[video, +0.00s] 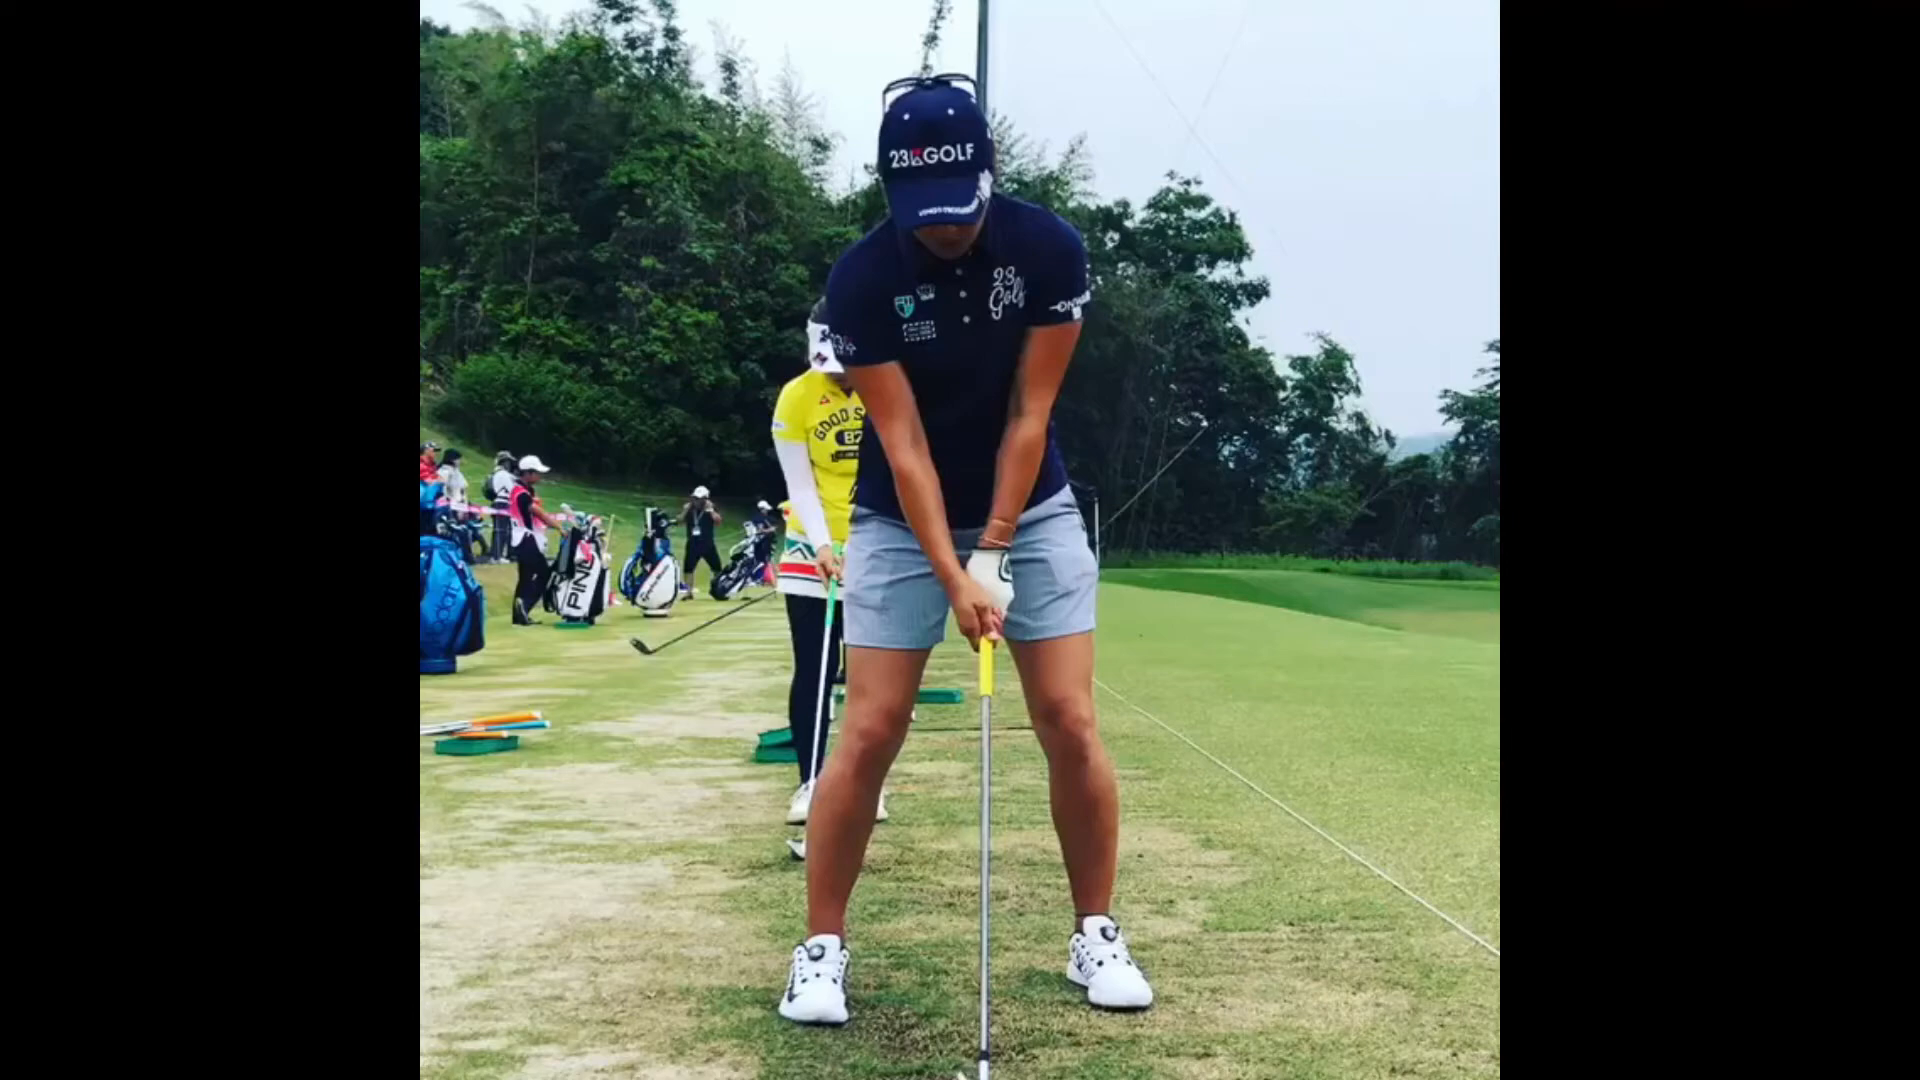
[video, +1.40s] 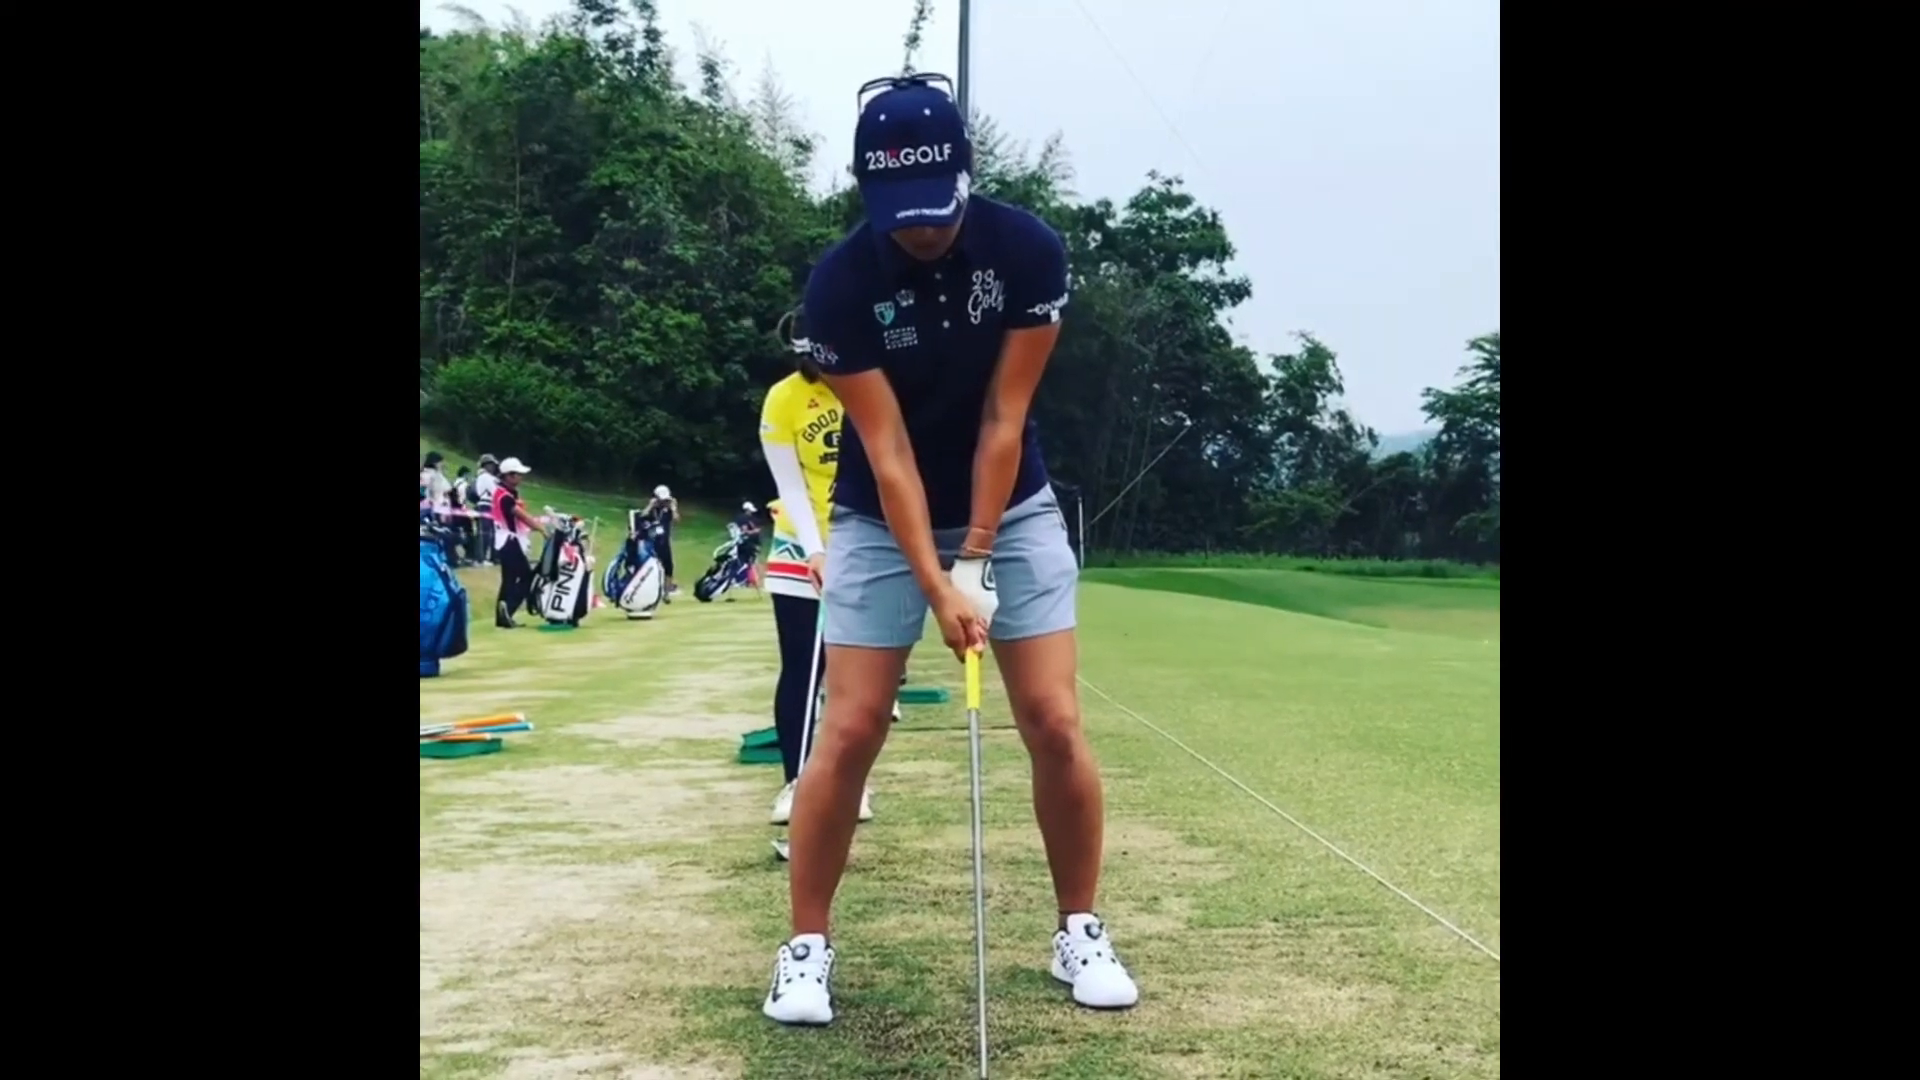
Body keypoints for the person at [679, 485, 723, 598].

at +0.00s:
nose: (698, 501)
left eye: (701, 499)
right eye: (696, 498)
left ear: (705, 499)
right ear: (693, 498)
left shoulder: (709, 509)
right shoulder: (689, 508)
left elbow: (718, 520)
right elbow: (680, 520)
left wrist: (711, 512)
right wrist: (686, 510)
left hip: (707, 543)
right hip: (692, 543)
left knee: (716, 568)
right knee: (688, 569)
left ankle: (718, 589)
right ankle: (688, 592)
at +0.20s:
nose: (690, 502)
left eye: (693, 500)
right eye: (688, 499)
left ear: (698, 501)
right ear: (685, 499)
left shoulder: (700, 512)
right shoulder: (682, 512)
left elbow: (710, 521)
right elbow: (675, 521)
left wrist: (702, 512)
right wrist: (680, 507)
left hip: (700, 544)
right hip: (686, 545)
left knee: (710, 569)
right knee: (683, 570)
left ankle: (715, 590)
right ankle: (685, 594)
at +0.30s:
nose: (683, 502)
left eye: (686, 499)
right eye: (682, 499)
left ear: (691, 500)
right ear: (679, 499)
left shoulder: (695, 511)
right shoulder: (677, 511)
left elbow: (702, 521)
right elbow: (669, 518)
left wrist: (693, 510)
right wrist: (674, 505)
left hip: (693, 543)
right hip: (680, 543)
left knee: (699, 568)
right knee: (679, 570)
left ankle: (701, 592)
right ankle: (682, 594)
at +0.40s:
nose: (676, 502)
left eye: (679, 499)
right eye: (674, 499)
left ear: (684, 500)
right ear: (671, 499)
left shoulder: (688, 511)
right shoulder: (671, 511)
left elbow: (695, 521)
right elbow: (661, 519)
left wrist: (687, 510)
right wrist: (668, 506)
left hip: (688, 542)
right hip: (675, 541)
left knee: (688, 569)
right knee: (675, 570)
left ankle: (687, 594)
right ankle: (678, 594)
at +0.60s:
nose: (670, 503)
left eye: (672, 500)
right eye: (667, 500)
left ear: (676, 500)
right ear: (663, 501)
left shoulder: (678, 511)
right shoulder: (661, 512)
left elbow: (686, 522)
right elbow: (651, 518)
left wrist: (679, 511)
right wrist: (659, 505)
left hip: (677, 541)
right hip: (664, 541)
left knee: (674, 569)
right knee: (664, 569)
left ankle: (672, 594)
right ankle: (665, 593)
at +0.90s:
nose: (669, 500)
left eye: (670, 497)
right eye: (667, 497)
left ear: (671, 499)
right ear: (660, 498)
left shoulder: (671, 511)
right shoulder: (653, 509)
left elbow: (678, 522)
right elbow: (638, 517)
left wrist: (674, 507)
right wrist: (649, 504)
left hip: (666, 541)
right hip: (652, 540)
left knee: (664, 569)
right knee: (652, 564)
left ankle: (660, 592)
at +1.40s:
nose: (663, 502)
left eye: (665, 500)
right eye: (661, 500)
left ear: (668, 499)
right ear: (656, 498)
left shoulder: (669, 508)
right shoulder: (653, 507)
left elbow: (676, 519)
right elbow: (642, 515)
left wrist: (673, 507)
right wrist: (651, 505)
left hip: (664, 540)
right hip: (650, 539)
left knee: (668, 567)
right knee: (651, 564)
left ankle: (667, 592)